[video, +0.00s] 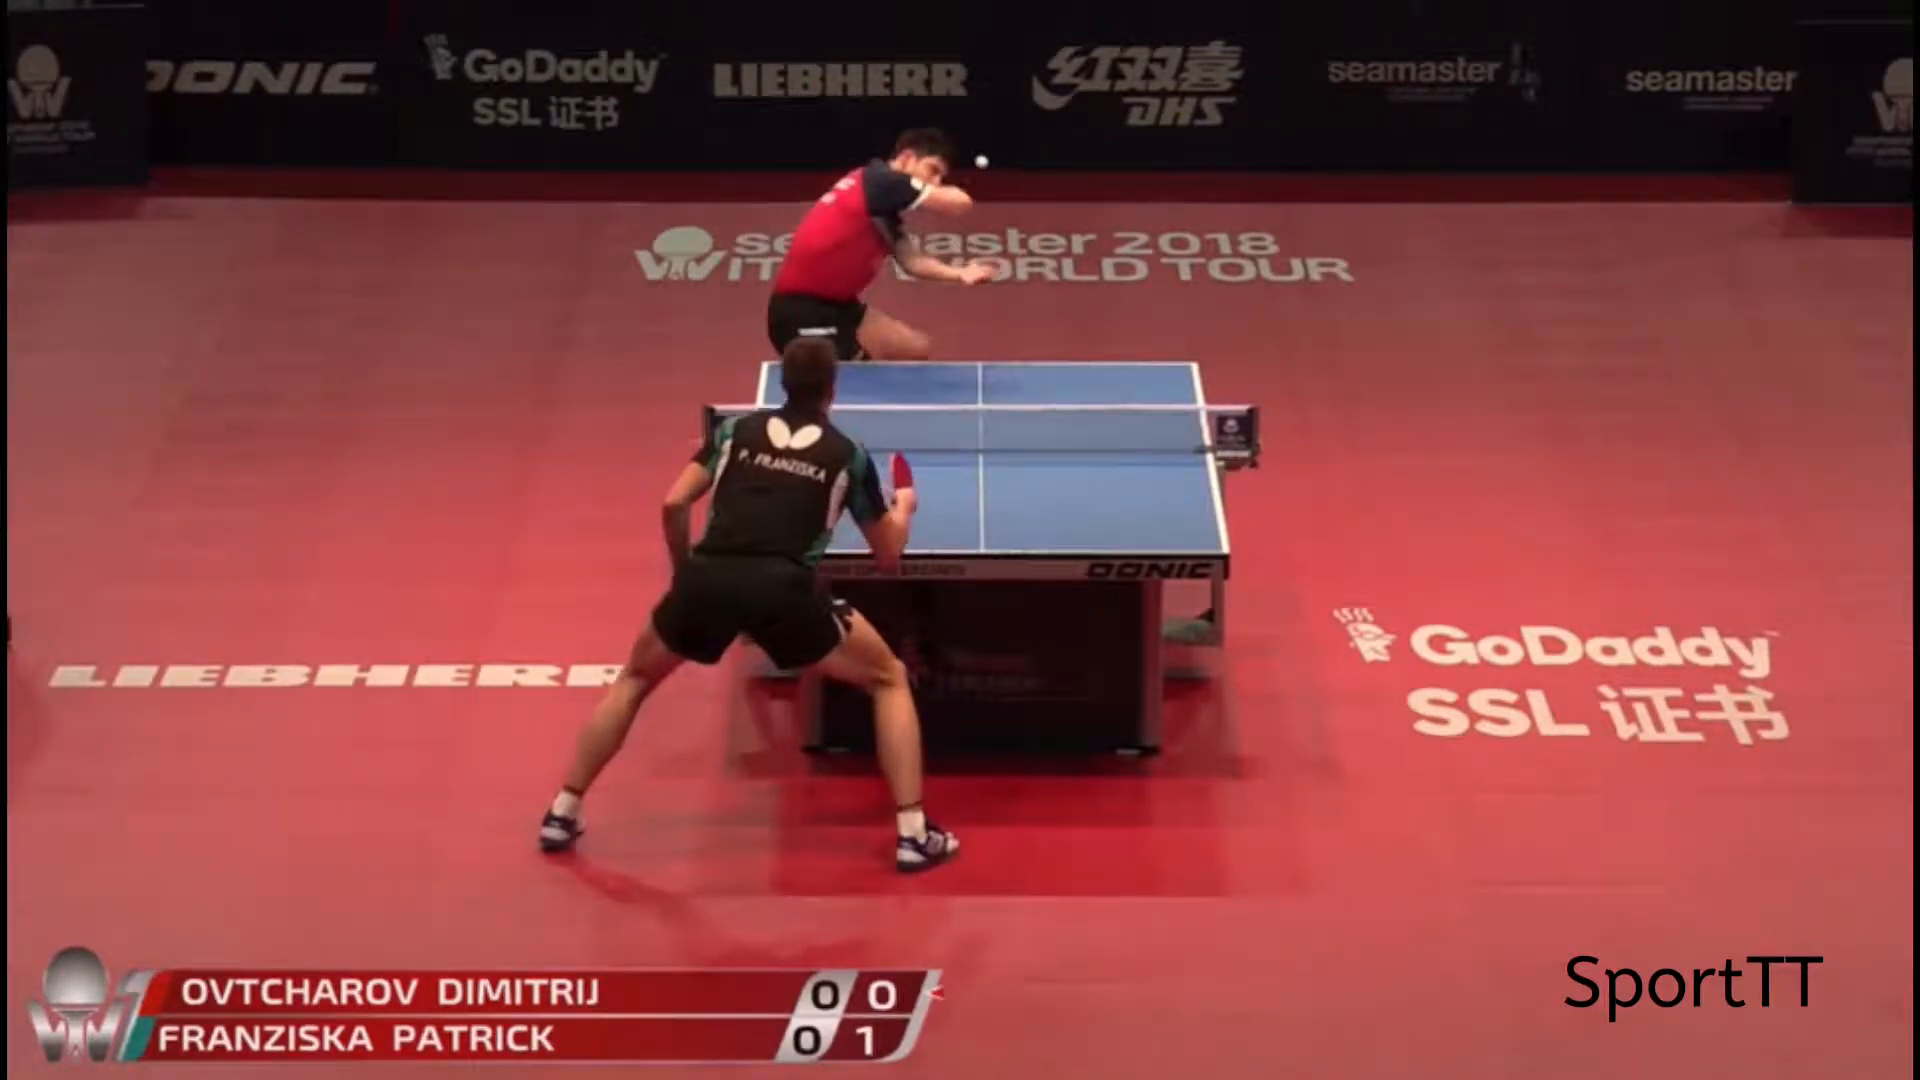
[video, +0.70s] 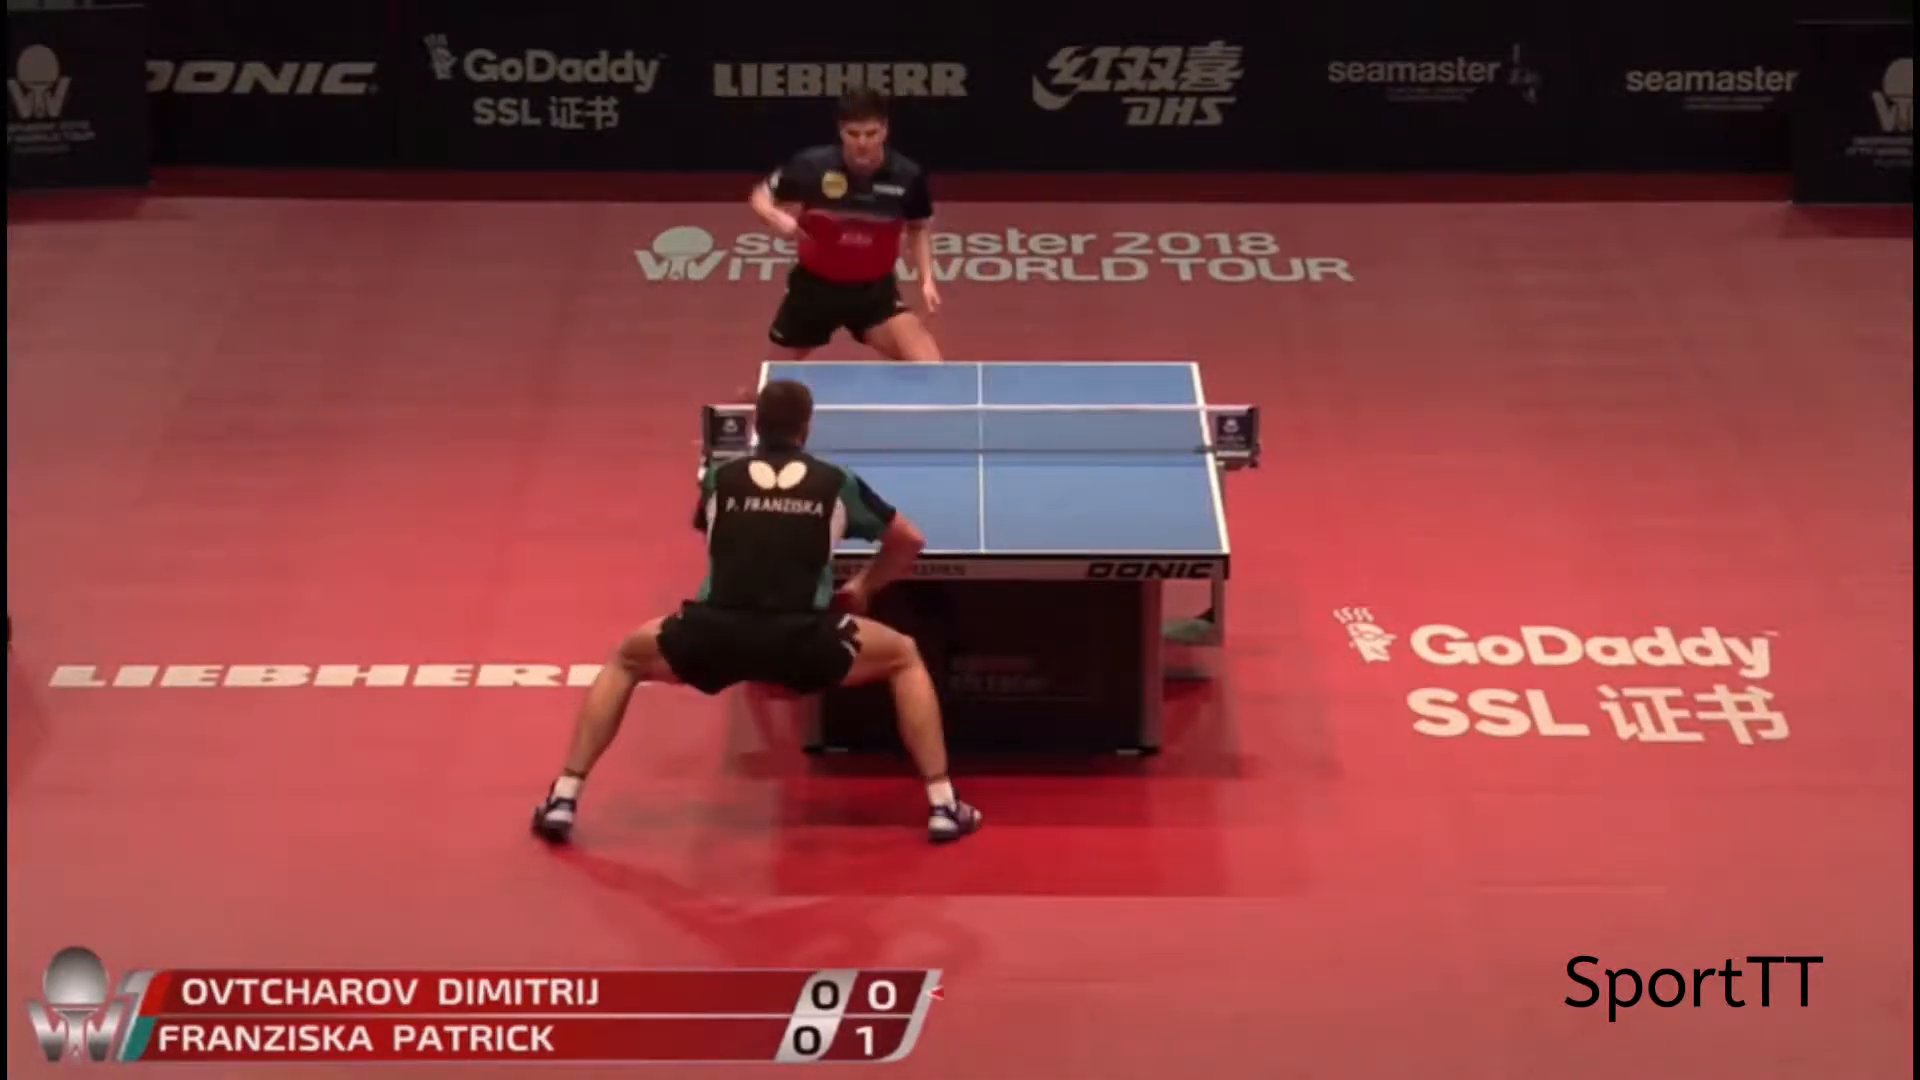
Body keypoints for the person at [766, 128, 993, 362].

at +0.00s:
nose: (934, 184)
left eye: (940, 178)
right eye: (932, 171)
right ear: (906, 158)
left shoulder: (882, 206)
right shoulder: (878, 179)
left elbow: (911, 262)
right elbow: (960, 203)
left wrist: (960, 273)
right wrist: (929, 190)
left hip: (838, 307)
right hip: (801, 313)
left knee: (915, 348)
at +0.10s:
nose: (924, 192)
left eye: (928, 186)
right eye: (921, 180)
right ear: (896, 164)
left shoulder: (875, 199)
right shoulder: (860, 177)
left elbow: (914, 260)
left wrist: (969, 283)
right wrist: (913, 206)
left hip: (845, 307)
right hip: (804, 313)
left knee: (929, 338)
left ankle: (863, 361)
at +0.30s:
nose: (905, 190)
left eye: (912, 184)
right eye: (901, 180)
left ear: (919, 181)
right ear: (879, 162)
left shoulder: (906, 211)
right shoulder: (835, 161)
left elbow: (919, 277)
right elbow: (767, 172)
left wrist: (956, 336)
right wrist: (814, 208)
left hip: (850, 301)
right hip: (801, 292)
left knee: (871, 377)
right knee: (831, 368)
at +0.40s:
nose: (903, 183)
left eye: (911, 177)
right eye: (899, 172)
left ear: (918, 175)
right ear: (878, 155)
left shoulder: (908, 210)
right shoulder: (832, 156)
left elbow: (920, 274)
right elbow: (756, 133)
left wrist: (945, 338)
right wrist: (792, 176)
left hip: (850, 297)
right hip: (802, 284)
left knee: (867, 379)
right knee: (794, 370)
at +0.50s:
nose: (875, 141)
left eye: (885, 133)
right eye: (868, 131)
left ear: (899, 130)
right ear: (853, 122)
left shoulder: (910, 171)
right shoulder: (822, 138)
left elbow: (919, 239)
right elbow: (745, 128)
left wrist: (922, 314)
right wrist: (784, 165)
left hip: (863, 280)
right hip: (809, 270)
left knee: (873, 376)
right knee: (795, 356)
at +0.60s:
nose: (869, 132)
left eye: (879, 124)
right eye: (861, 122)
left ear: (894, 122)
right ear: (849, 116)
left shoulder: (909, 164)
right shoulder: (816, 137)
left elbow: (919, 224)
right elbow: (742, 137)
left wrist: (923, 289)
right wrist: (779, 168)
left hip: (868, 276)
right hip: (812, 267)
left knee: (885, 376)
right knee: (790, 358)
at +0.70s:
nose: (861, 143)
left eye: (871, 134)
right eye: (853, 134)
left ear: (885, 133)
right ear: (841, 132)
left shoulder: (907, 177)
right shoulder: (812, 166)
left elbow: (918, 229)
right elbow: (760, 196)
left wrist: (926, 280)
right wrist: (778, 218)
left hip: (875, 294)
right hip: (813, 292)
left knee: (930, 368)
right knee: (780, 376)